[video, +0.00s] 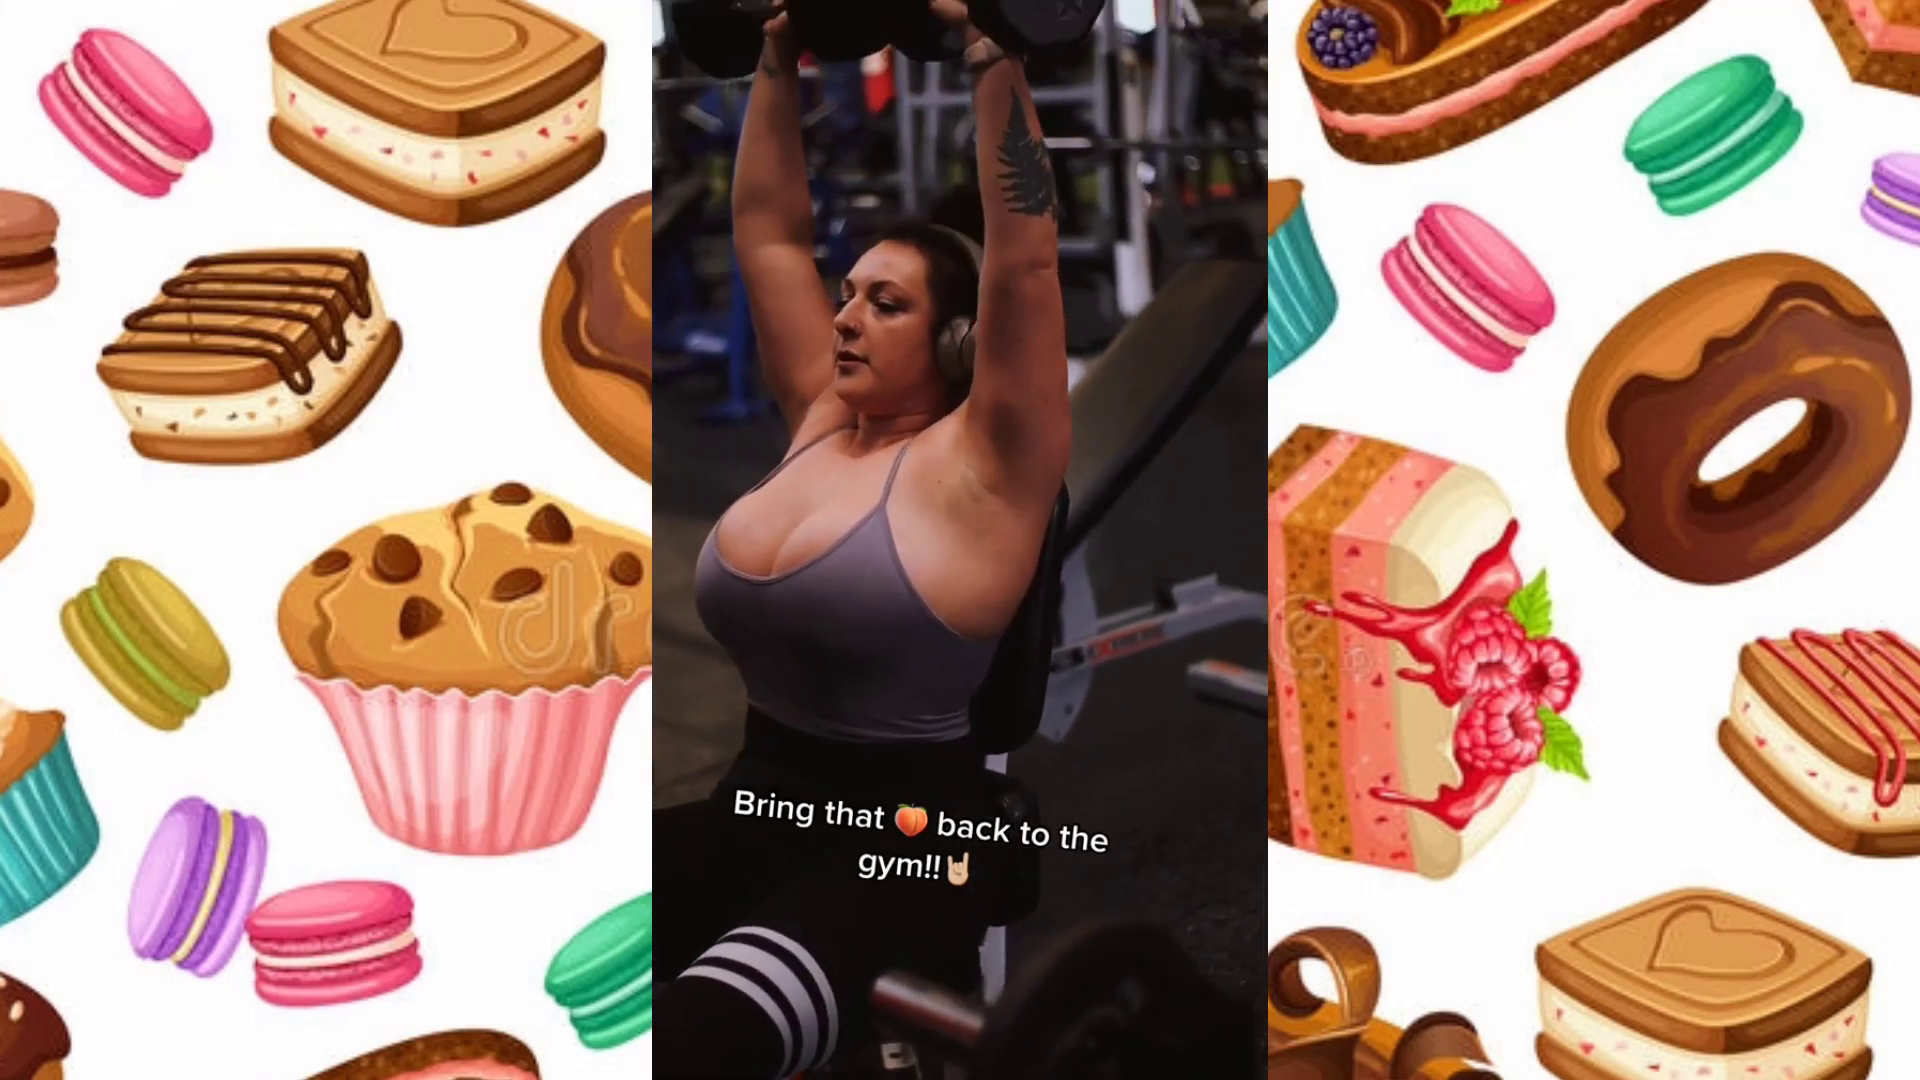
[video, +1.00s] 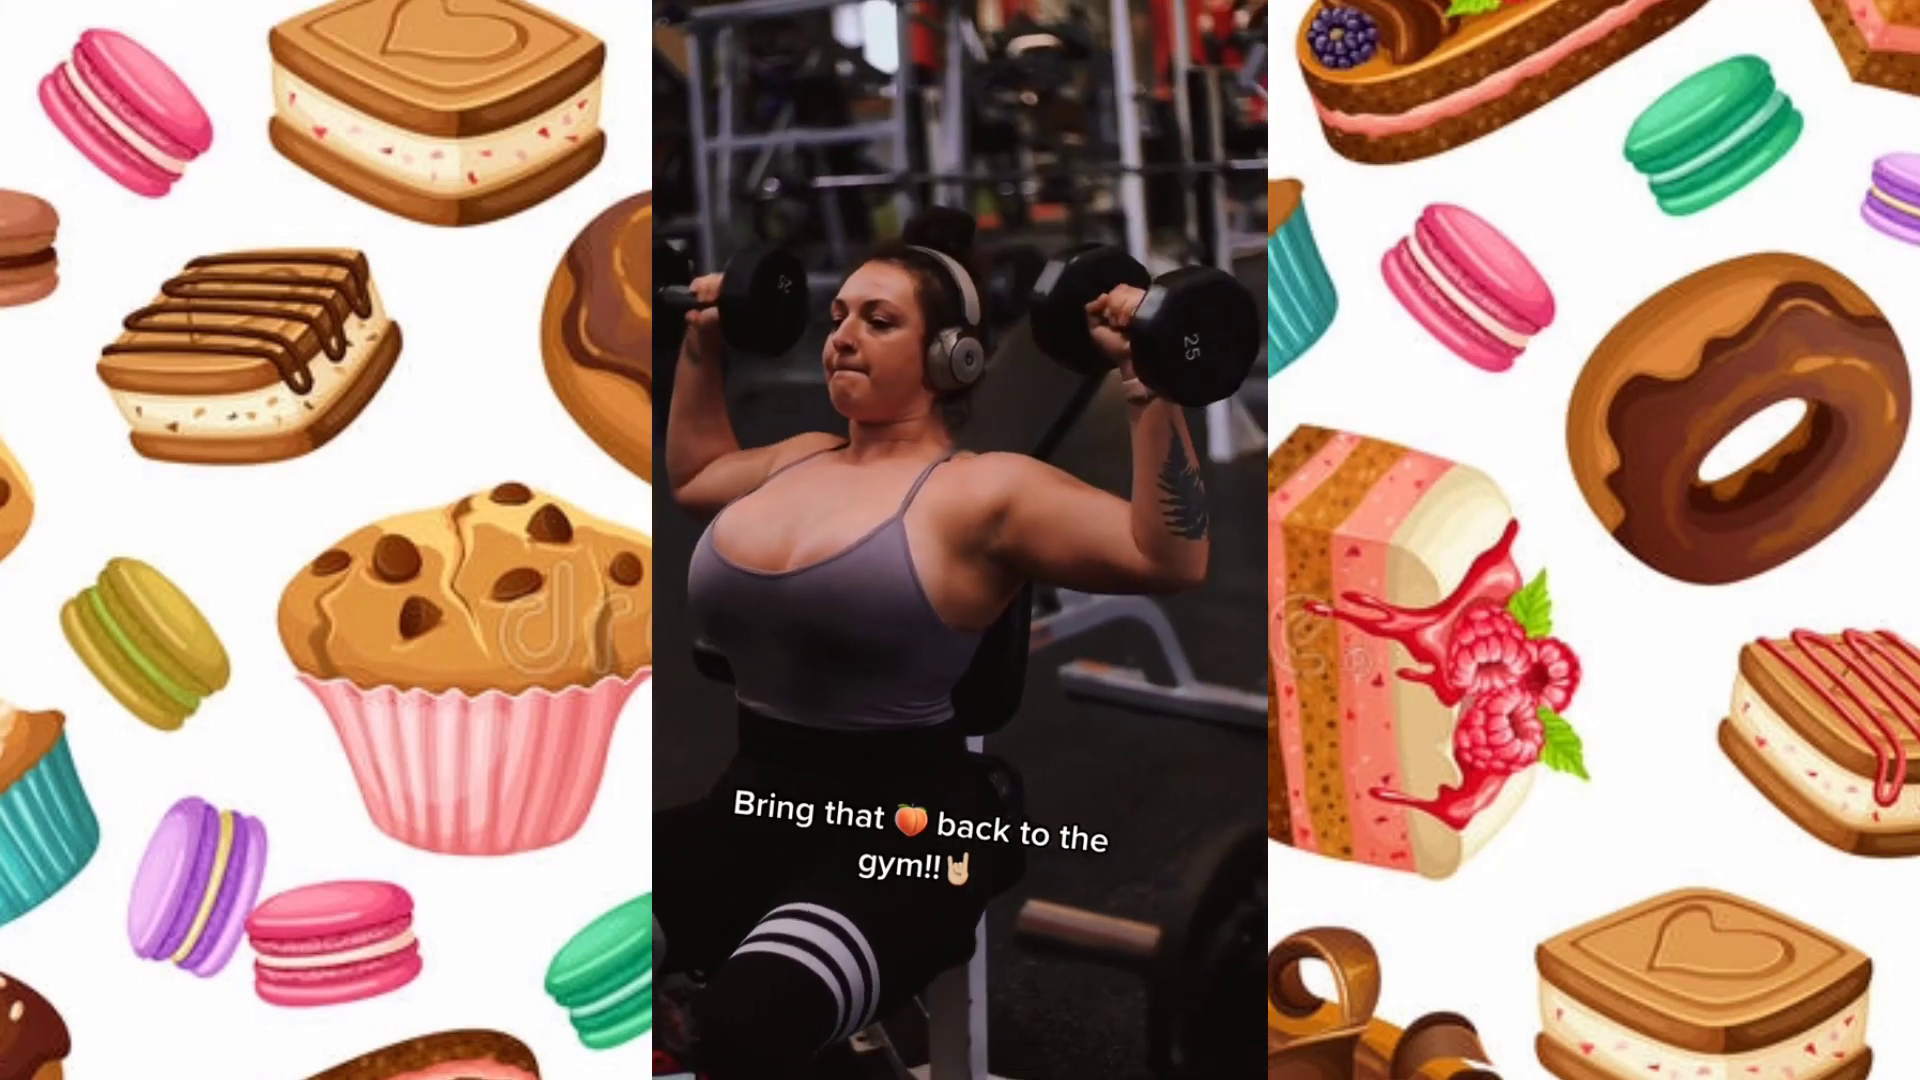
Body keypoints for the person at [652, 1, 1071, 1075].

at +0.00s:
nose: (848, 318)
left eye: (887, 303)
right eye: (851, 295)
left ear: (958, 340)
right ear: (838, 314)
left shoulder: (992, 460)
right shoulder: (826, 418)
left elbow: (1026, 260)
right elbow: (769, 231)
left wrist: (993, 54)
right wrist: (777, 48)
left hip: (897, 849)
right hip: (755, 820)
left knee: (696, 1035)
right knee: (552, 913)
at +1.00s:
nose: (843, 337)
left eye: (879, 320)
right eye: (839, 316)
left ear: (948, 356)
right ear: (824, 335)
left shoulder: (985, 490)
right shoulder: (804, 456)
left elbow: (1172, 558)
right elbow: (692, 472)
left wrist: (1151, 381)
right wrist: (701, 347)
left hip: (903, 831)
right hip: (759, 811)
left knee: (741, 1023)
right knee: (559, 907)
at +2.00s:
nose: (885, 400)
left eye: (919, 386)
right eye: (884, 383)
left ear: (979, 421)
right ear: (871, 405)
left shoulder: (1009, 523)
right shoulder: (842, 490)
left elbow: (1080, 364)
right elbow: (769, 349)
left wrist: (1036, 201)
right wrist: (773, 201)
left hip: (945, 849)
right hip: (808, 832)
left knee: (810, 1028)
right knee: (605, 945)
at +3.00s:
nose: (901, 447)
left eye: (933, 433)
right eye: (896, 430)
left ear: (989, 462)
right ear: (881, 451)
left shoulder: (1022, 566)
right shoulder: (861, 538)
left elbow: (1048, 398)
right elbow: (819, 381)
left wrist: (1017, 231)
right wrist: (829, 221)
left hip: (956, 896)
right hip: (822, 879)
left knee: (841, 1049)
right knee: (612, 984)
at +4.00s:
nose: (857, 433)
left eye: (889, 416)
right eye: (851, 413)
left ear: (953, 442)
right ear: (840, 431)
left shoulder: (986, 566)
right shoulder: (815, 535)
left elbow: (1157, 567)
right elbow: (708, 512)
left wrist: (1113, 410)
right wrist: (731, 389)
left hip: (922, 880)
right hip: (784, 863)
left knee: (792, 1044)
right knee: (594, 970)